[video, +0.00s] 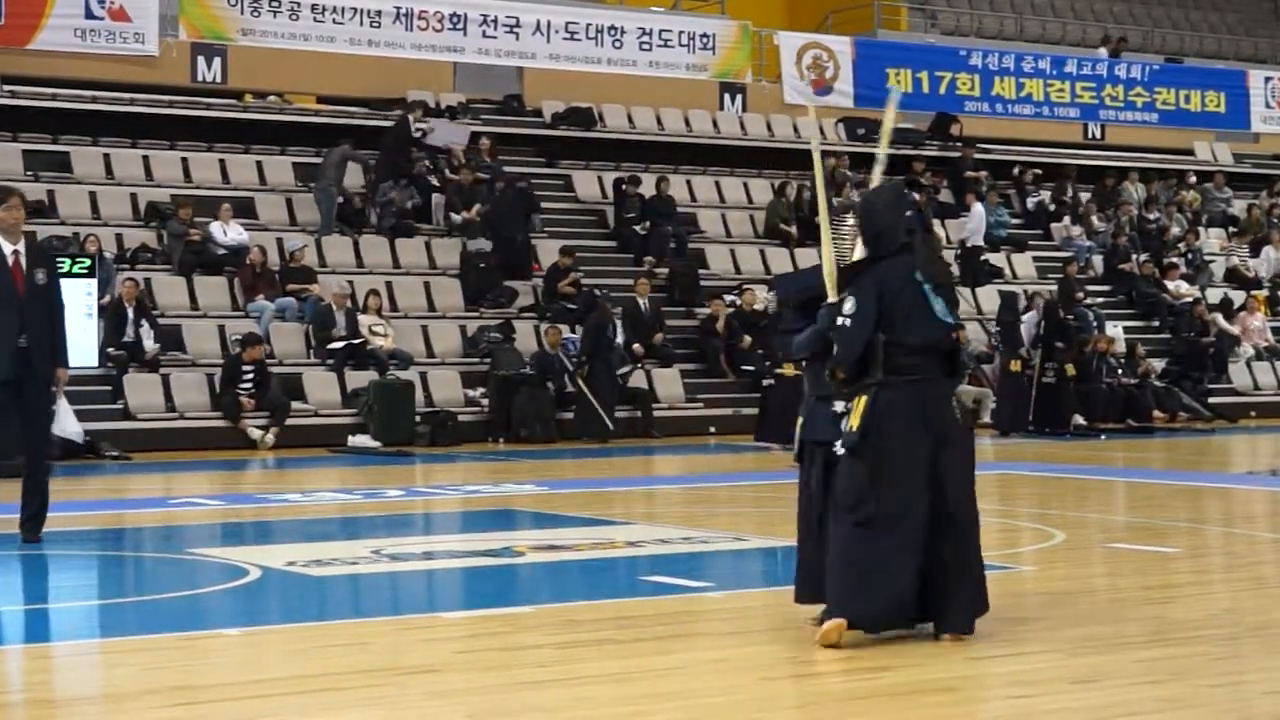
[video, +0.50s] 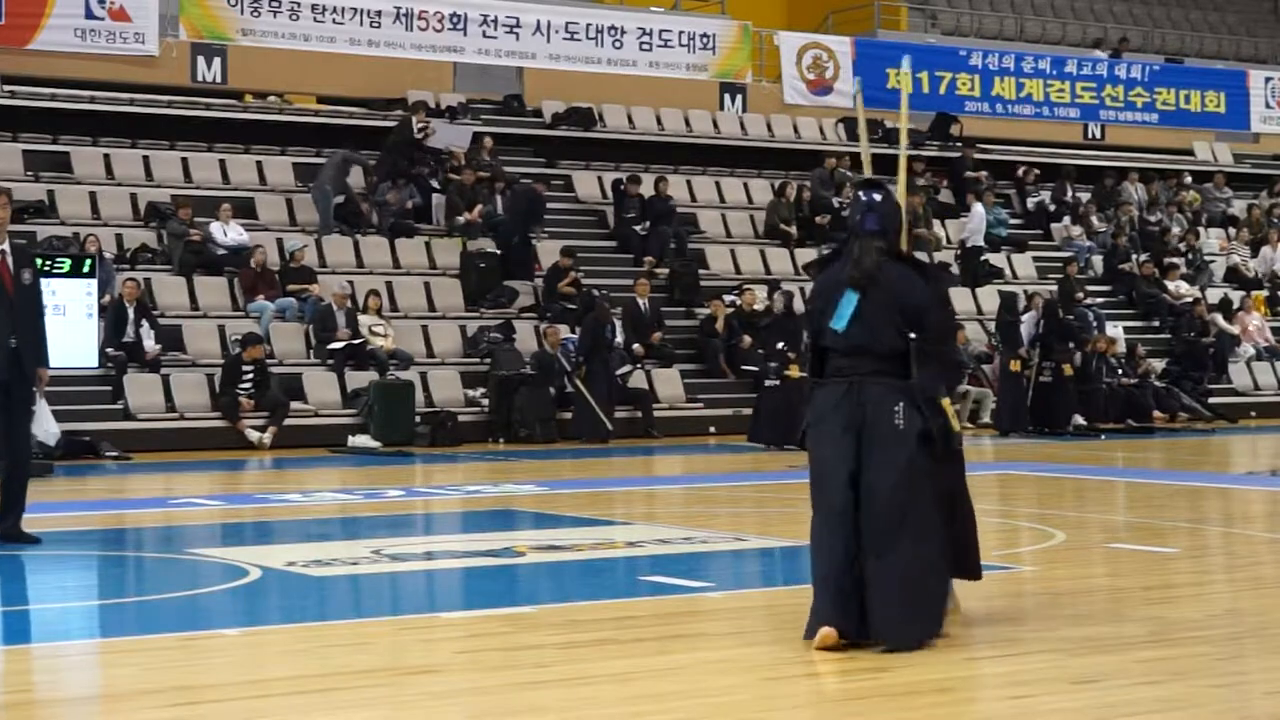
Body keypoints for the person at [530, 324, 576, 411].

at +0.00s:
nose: (556, 338)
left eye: (558, 335)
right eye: (552, 335)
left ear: (561, 337)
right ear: (546, 338)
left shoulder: (564, 355)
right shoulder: (537, 357)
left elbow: (572, 371)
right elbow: (537, 378)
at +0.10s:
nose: (554, 339)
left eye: (556, 335)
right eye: (551, 336)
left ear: (560, 337)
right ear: (545, 338)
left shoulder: (565, 354)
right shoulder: (537, 357)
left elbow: (572, 372)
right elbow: (535, 379)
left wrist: (576, 386)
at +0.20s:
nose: (554, 339)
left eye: (556, 335)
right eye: (551, 336)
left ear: (560, 337)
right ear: (545, 338)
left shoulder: (564, 354)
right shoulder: (537, 357)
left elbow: (571, 372)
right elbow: (538, 379)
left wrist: (576, 387)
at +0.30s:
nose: (553, 339)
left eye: (556, 335)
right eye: (550, 335)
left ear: (561, 337)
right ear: (546, 338)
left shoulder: (566, 355)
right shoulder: (537, 356)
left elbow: (571, 375)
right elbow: (534, 379)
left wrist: (577, 389)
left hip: (563, 392)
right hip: (544, 394)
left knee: (580, 398)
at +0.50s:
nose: (554, 338)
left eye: (556, 334)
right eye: (550, 335)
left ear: (559, 336)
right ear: (545, 339)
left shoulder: (565, 354)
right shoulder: (537, 357)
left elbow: (570, 372)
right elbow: (536, 378)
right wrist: (548, 389)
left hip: (563, 391)